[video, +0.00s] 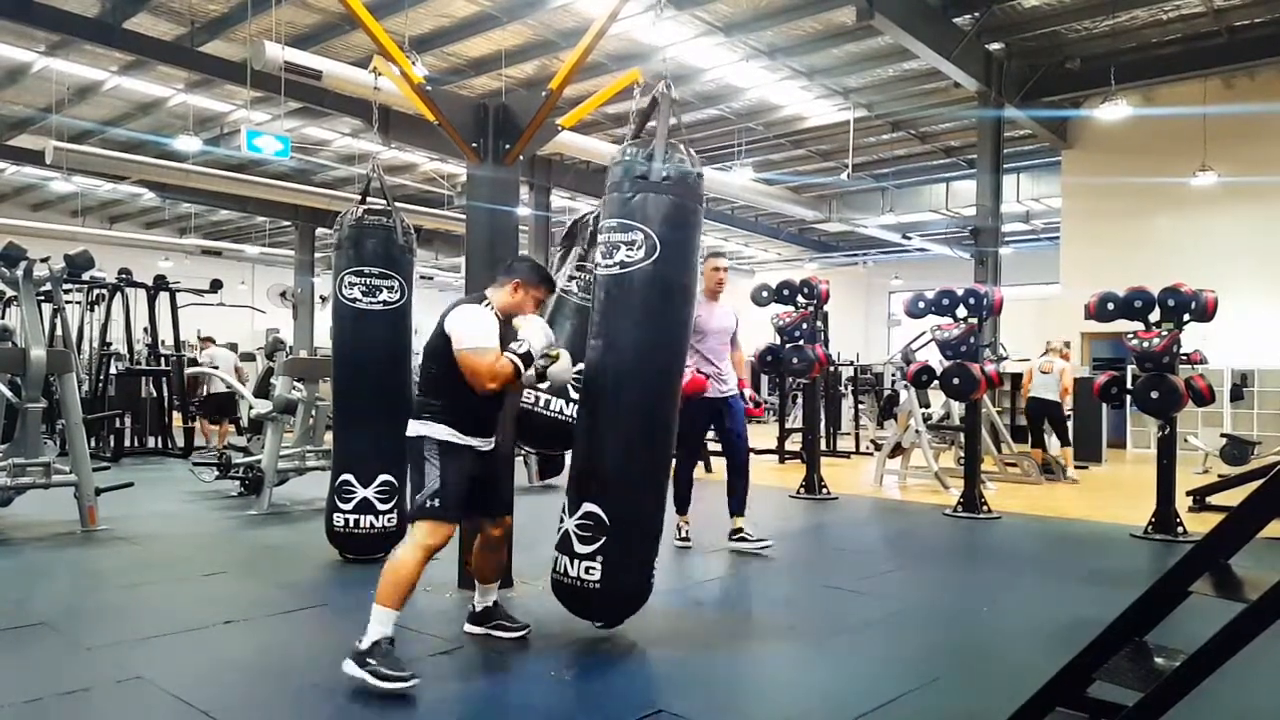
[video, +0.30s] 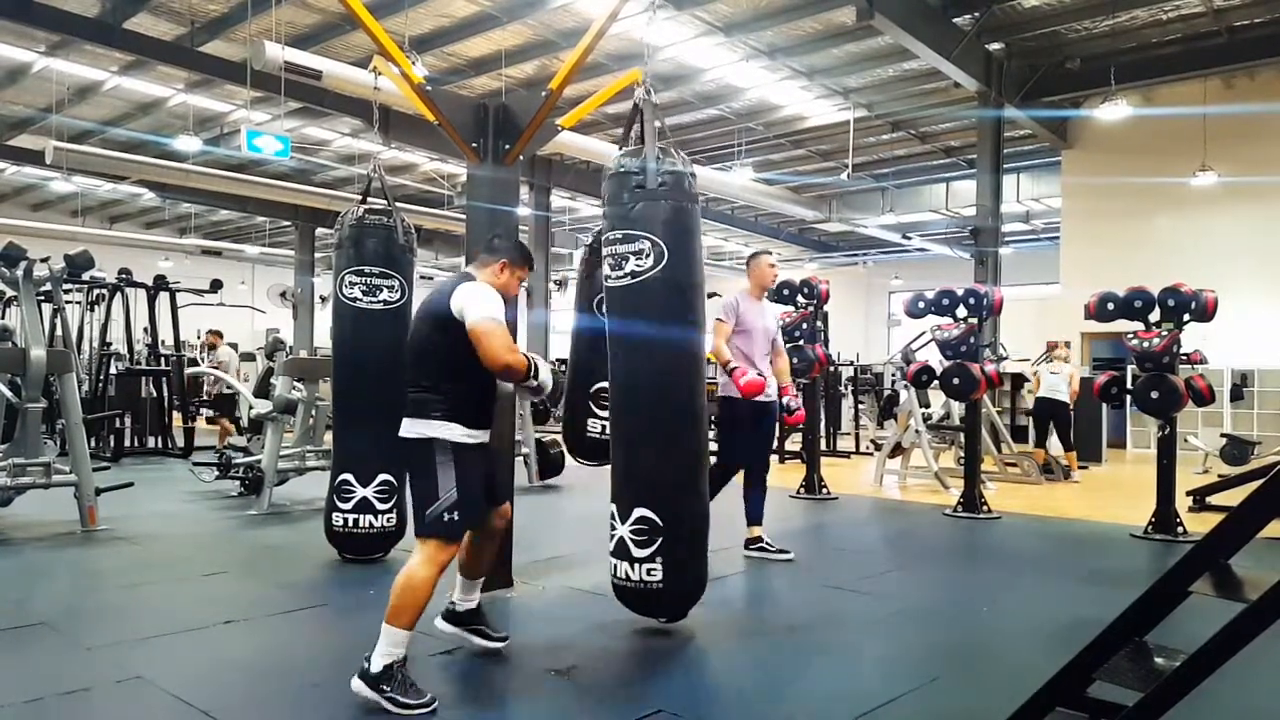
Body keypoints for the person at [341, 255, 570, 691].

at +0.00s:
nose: (534, 312)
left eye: (539, 305)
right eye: (535, 302)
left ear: (517, 292)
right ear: (515, 287)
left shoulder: (497, 326)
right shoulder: (469, 314)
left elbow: (497, 380)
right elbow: (485, 379)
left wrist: (537, 372)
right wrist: (524, 347)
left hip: (482, 442)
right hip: (439, 437)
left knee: (496, 525)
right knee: (430, 534)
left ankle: (484, 610)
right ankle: (373, 644)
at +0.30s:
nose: (517, 292)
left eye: (520, 284)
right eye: (518, 282)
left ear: (490, 265)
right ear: (501, 269)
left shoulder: (454, 290)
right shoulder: (475, 293)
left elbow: (480, 362)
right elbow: (502, 361)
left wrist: (524, 367)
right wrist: (532, 370)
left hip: (466, 434)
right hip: (440, 434)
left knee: (495, 517)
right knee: (439, 545)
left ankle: (463, 608)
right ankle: (382, 667)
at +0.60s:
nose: (514, 269)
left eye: (514, 259)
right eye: (512, 259)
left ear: (473, 252)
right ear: (493, 254)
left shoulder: (437, 292)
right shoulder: (476, 297)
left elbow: (456, 368)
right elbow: (490, 370)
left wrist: (512, 366)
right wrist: (527, 370)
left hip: (442, 440)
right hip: (444, 445)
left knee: (496, 522)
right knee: (432, 563)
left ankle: (438, 622)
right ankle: (379, 684)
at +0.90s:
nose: (518, 262)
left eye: (517, 252)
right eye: (515, 252)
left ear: (477, 250)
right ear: (495, 251)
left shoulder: (447, 292)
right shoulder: (481, 297)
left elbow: (460, 368)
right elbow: (504, 372)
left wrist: (522, 363)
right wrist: (537, 365)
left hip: (446, 440)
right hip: (466, 443)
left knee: (471, 547)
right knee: (490, 552)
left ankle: (458, 639)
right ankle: (424, 673)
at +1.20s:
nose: (515, 266)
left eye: (514, 256)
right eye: (513, 255)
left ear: (465, 254)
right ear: (494, 254)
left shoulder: (428, 300)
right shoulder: (487, 304)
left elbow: (411, 369)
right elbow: (515, 382)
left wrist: (485, 383)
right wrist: (543, 385)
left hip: (431, 451)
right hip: (464, 455)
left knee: (460, 561)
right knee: (465, 570)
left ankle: (436, 645)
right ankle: (407, 693)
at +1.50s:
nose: (518, 275)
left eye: (518, 265)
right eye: (516, 265)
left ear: (479, 257)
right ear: (498, 259)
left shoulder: (446, 296)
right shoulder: (479, 304)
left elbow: (479, 369)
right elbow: (509, 380)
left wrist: (518, 359)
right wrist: (536, 366)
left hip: (447, 448)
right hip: (449, 452)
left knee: (485, 538)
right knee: (457, 566)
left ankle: (442, 630)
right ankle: (389, 685)